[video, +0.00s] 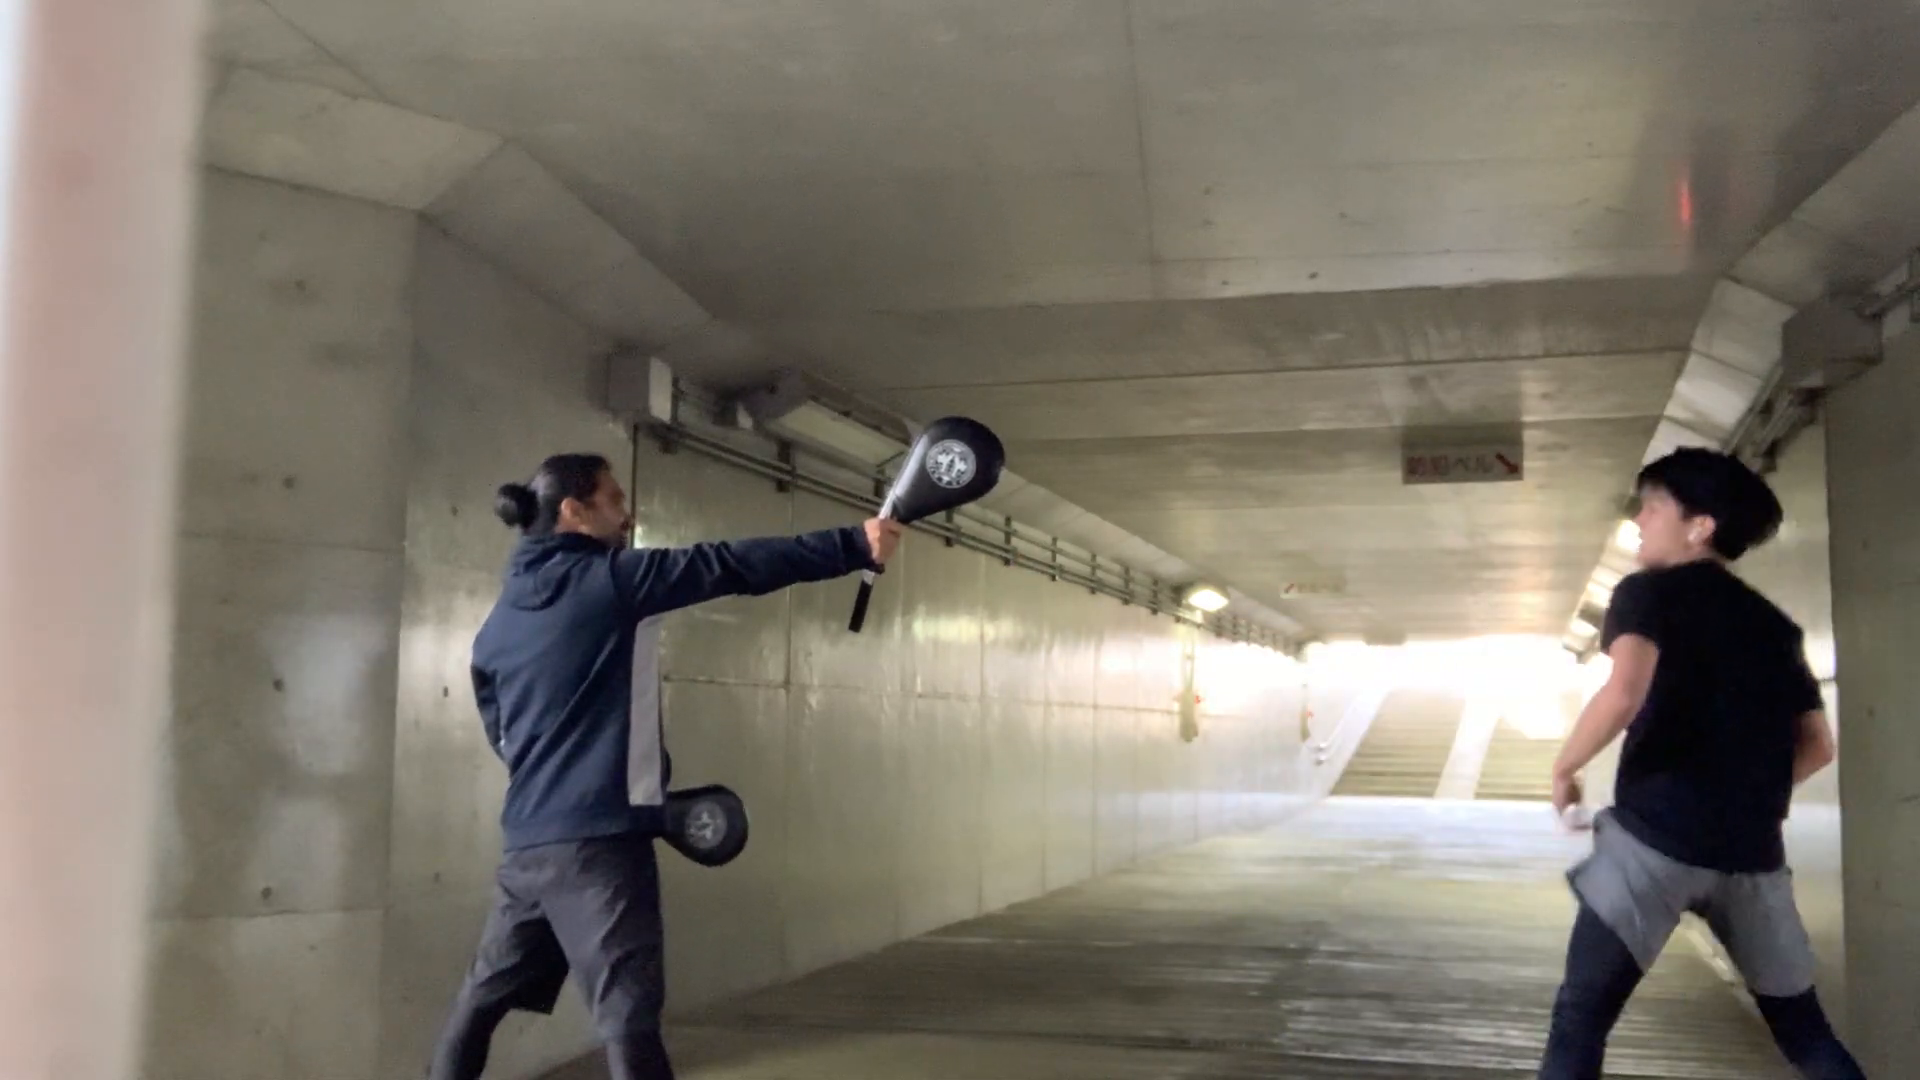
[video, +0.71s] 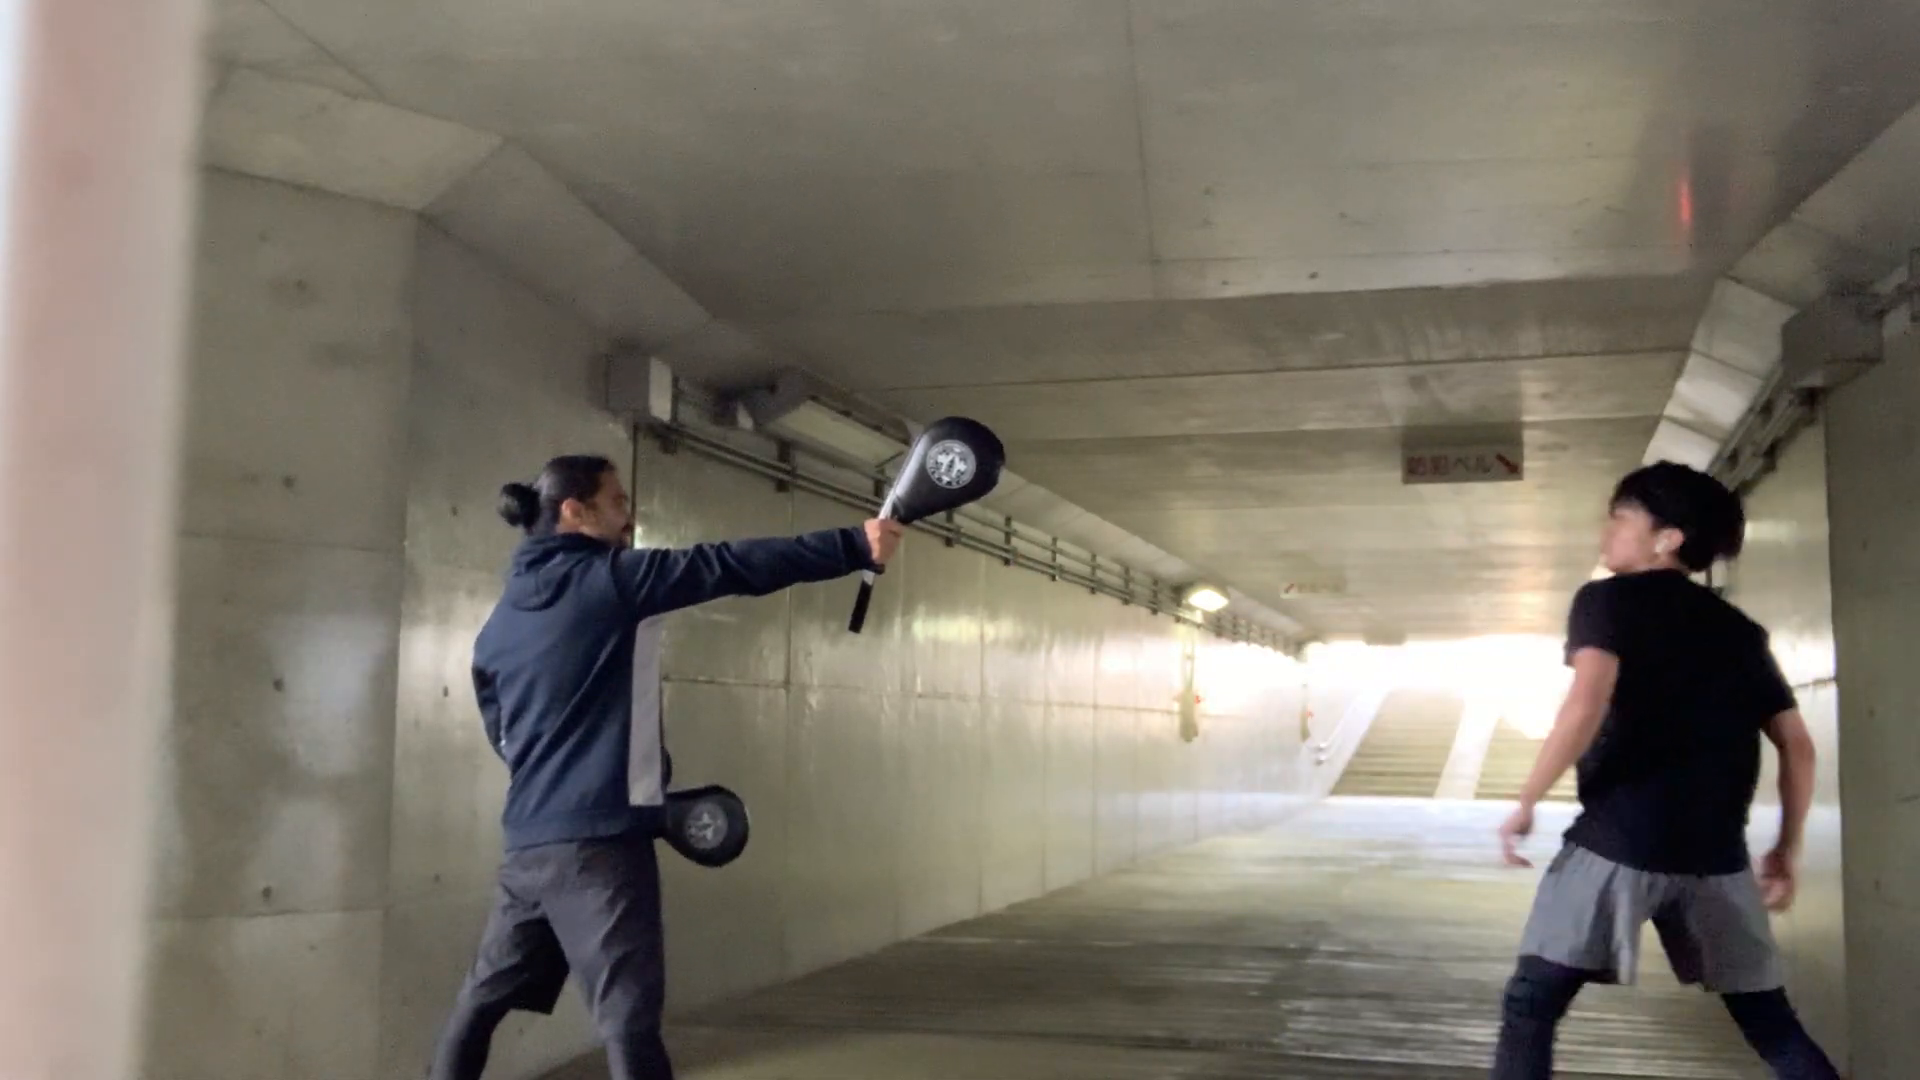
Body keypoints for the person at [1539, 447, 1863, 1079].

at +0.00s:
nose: (1638, 522)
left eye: (1650, 509)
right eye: (1642, 508)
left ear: (1700, 527)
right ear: (1706, 531)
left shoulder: (1649, 591)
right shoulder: (1775, 623)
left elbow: (1627, 690)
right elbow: (1818, 745)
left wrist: (1566, 766)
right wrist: (1749, 788)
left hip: (1657, 840)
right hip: (1753, 850)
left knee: (1578, 1024)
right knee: (1808, 1035)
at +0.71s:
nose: (1606, 535)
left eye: (1620, 520)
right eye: (1611, 518)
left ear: (1668, 539)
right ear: (1675, 544)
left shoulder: (1608, 599)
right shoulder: (1739, 628)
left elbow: (1587, 703)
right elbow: (1797, 745)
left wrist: (1527, 799)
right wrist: (1787, 847)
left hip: (1618, 845)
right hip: (1716, 852)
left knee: (1530, 1010)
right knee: (1775, 1028)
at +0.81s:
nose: (1577, 570)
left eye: (1591, 554)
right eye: (1582, 552)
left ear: (1641, 575)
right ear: (1647, 579)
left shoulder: (1585, 643)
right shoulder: (1708, 669)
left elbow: (1548, 747)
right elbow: (1786, 764)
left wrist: (1465, 824)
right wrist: (1810, 864)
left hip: (1611, 890)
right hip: (1708, 894)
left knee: (1490, 1009)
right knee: (1771, 1047)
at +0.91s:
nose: (1543, 585)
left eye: (1561, 575)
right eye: (1551, 572)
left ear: (1605, 602)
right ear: (1605, 606)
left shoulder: (1567, 671)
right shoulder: (1638, 690)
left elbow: (1547, 779)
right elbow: (1706, 803)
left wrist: (1434, 815)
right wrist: (1757, 904)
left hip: (1576, 926)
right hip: (1658, 928)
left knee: (1433, 1029)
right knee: (1746, 1059)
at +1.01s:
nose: (1511, 567)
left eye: (1529, 556)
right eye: (1519, 552)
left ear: (1570, 582)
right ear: (1567, 583)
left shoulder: (1553, 660)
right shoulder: (1566, 662)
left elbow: (1524, 765)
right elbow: (1576, 800)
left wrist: (1393, 752)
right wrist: (1571, 899)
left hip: (1498, 898)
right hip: (1537, 900)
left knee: (1376, 1032)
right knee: (1533, 1047)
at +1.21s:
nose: (1472, 556)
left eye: (1487, 548)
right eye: (1479, 544)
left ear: (1530, 580)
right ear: (1514, 578)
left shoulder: (1516, 684)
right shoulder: (1449, 629)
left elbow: (1475, 811)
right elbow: (1341, 633)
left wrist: (1383, 876)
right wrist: (1289, 570)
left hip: (1376, 863)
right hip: (1324, 809)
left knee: (1343, 1046)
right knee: (1174, 781)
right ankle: (1032, 866)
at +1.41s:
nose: (1420, 644)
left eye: (1440, 640)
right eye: (1428, 631)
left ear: (1478, 675)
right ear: (1427, 635)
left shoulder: (1443, 780)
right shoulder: (1364, 652)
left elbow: (1408, 872)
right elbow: (1264, 632)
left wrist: (1335, 792)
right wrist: (1183, 611)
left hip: (1234, 835)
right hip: (1191, 738)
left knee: (1257, 1005)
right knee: (1058, 636)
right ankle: (947, 533)